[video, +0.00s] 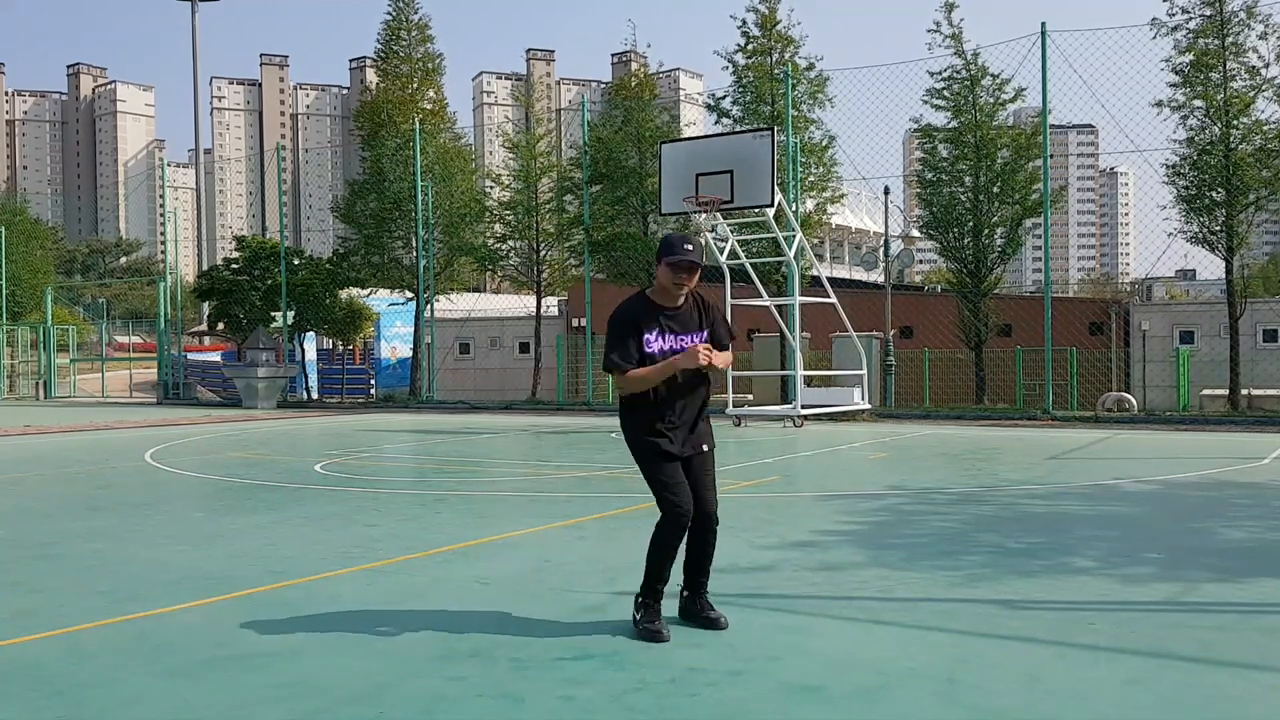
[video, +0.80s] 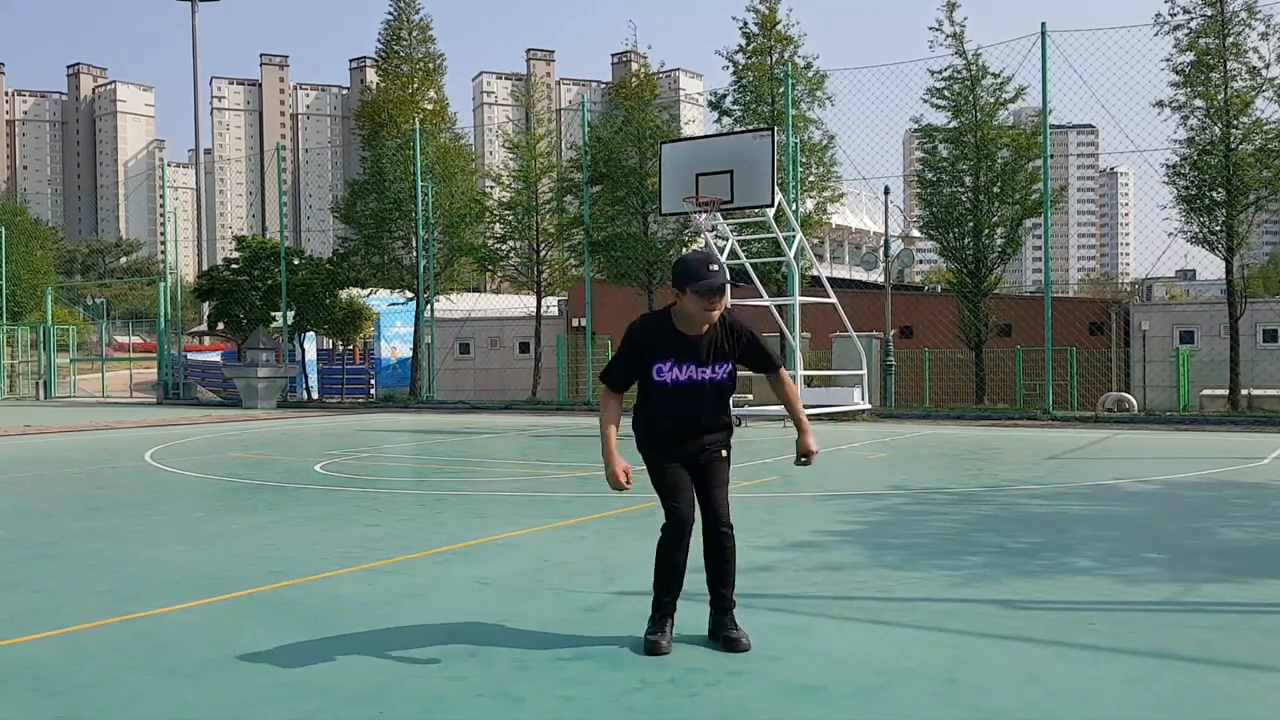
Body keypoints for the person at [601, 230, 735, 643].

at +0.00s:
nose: (684, 276)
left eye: (691, 269)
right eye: (676, 267)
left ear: (699, 273)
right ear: (658, 267)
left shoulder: (703, 307)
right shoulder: (629, 314)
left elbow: (728, 355)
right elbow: (624, 382)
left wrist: (716, 358)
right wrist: (678, 363)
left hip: (694, 424)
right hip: (649, 429)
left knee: (707, 514)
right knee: (679, 510)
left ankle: (695, 599)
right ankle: (648, 606)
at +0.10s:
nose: (688, 289)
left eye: (698, 282)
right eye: (682, 280)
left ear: (708, 286)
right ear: (665, 279)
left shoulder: (712, 317)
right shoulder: (637, 328)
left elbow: (731, 366)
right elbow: (635, 397)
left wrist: (725, 380)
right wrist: (690, 389)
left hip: (698, 434)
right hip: (652, 439)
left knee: (711, 518)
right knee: (685, 513)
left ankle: (694, 600)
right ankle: (651, 608)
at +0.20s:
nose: (693, 293)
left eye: (703, 286)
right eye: (687, 284)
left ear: (718, 292)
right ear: (675, 286)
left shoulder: (726, 325)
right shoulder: (646, 331)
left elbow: (739, 380)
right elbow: (631, 399)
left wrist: (747, 434)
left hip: (693, 428)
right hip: (646, 429)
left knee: (700, 512)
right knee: (674, 504)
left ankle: (693, 599)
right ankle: (651, 608)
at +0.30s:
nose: (690, 278)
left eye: (700, 270)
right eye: (684, 269)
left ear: (720, 275)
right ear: (675, 271)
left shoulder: (733, 314)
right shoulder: (651, 316)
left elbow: (758, 360)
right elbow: (614, 376)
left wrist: (785, 410)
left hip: (695, 430)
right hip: (649, 429)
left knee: (697, 513)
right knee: (667, 506)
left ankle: (693, 599)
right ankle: (651, 608)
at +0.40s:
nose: (679, 251)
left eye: (689, 243)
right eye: (675, 243)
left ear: (714, 246)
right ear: (670, 245)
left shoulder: (734, 288)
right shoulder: (647, 293)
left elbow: (771, 324)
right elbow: (591, 335)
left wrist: (812, 360)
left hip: (704, 424)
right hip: (654, 425)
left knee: (711, 510)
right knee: (671, 507)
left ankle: (694, 582)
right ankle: (651, 604)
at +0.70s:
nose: (702, 290)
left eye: (710, 281)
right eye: (693, 281)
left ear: (720, 281)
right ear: (673, 279)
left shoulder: (738, 316)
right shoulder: (647, 320)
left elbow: (789, 336)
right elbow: (595, 358)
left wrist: (844, 358)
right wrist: (550, 380)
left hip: (721, 449)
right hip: (667, 450)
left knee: (730, 532)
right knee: (682, 532)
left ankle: (723, 622)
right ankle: (662, 623)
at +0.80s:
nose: (716, 301)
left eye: (721, 292)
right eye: (706, 294)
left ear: (727, 289)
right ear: (678, 294)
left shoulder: (733, 332)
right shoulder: (646, 332)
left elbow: (776, 373)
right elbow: (613, 389)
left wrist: (804, 429)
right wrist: (611, 456)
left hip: (712, 443)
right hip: (661, 446)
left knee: (720, 522)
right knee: (681, 517)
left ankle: (723, 618)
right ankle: (662, 618)